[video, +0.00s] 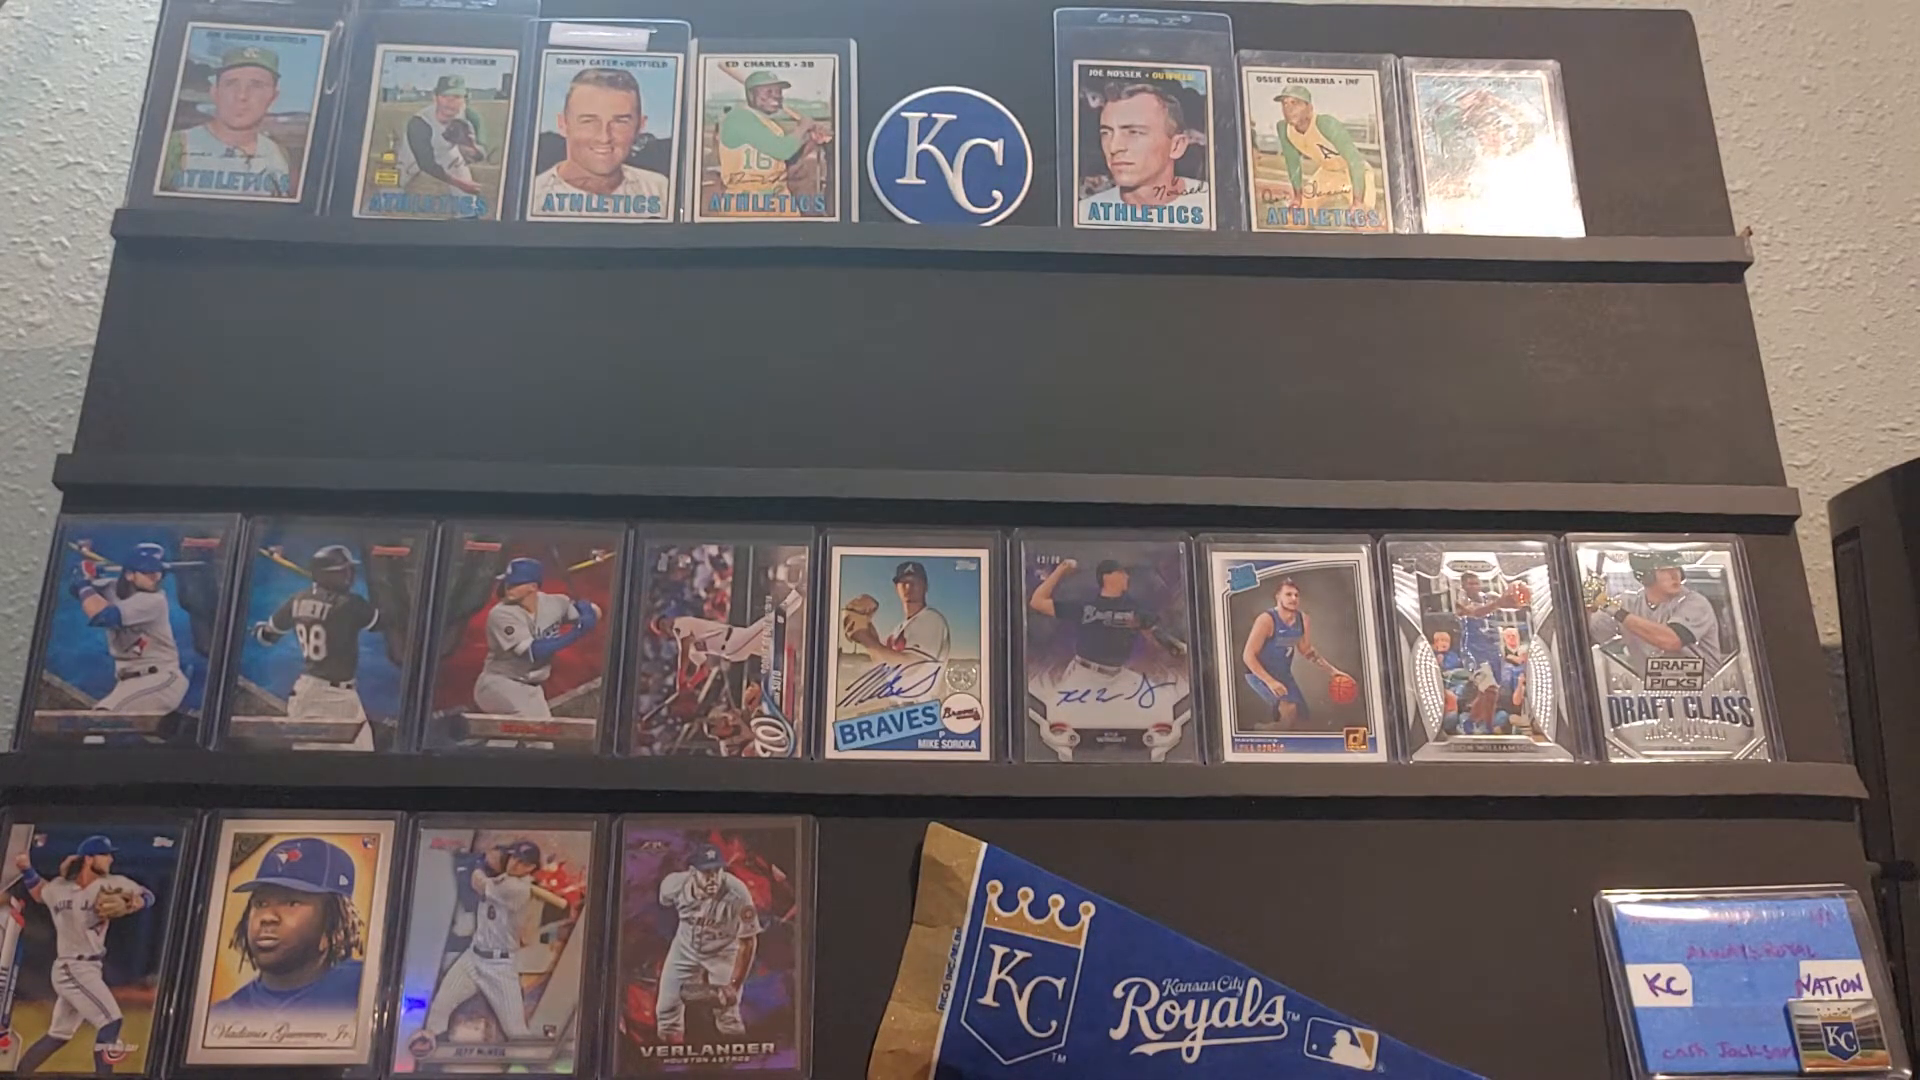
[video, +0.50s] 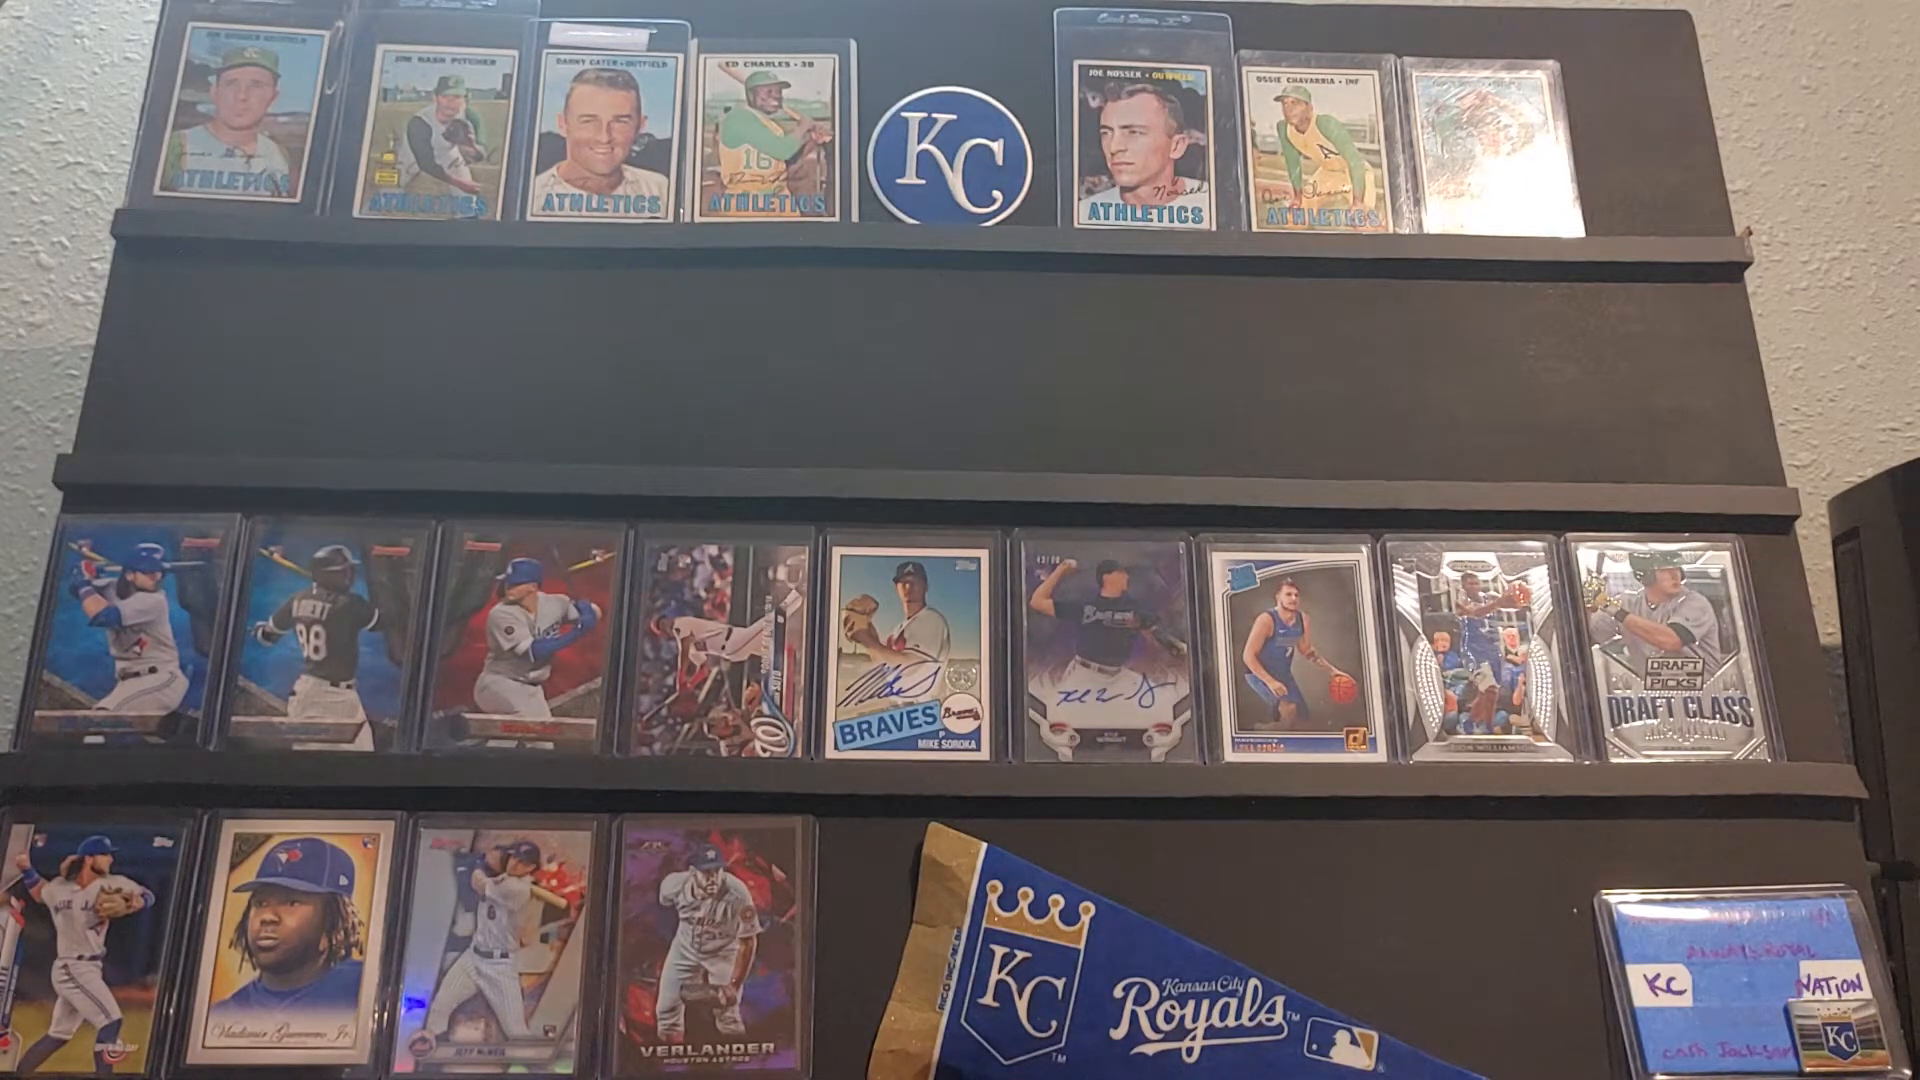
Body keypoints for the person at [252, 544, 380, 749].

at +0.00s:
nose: (351, 576)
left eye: (350, 570)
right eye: (347, 571)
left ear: (321, 575)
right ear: (336, 575)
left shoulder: (298, 600)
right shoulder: (351, 604)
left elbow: (268, 637)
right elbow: (386, 621)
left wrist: (259, 630)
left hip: (305, 694)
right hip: (340, 698)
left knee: (306, 766)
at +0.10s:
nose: (351, 576)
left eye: (351, 570)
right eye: (347, 571)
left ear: (320, 575)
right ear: (336, 575)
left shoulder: (298, 600)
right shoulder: (351, 605)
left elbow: (268, 637)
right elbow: (386, 621)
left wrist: (259, 630)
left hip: (305, 695)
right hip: (341, 699)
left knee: (305, 766)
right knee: (360, 767)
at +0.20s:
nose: (351, 576)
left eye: (351, 571)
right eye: (347, 571)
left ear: (320, 575)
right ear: (336, 575)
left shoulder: (298, 600)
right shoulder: (350, 605)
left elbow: (268, 637)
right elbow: (387, 620)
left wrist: (259, 630)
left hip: (305, 694)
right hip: (341, 698)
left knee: (305, 765)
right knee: (361, 767)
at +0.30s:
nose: (351, 576)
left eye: (351, 571)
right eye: (347, 571)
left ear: (320, 575)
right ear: (336, 575)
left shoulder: (298, 600)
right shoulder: (351, 605)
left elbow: (268, 637)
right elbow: (387, 620)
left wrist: (259, 630)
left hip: (305, 694)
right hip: (341, 698)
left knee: (305, 766)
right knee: (361, 767)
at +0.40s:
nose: (351, 576)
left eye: (351, 571)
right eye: (347, 571)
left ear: (320, 575)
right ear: (336, 575)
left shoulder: (298, 600)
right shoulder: (351, 605)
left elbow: (268, 637)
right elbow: (387, 620)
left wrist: (259, 630)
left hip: (305, 694)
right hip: (341, 698)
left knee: (305, 766)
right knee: (361, 767)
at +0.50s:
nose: (351, 576)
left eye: (351, 571)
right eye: (347, 571)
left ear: (320, 575)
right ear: (336, 575)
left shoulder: (298, 600)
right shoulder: (351, 605)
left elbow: (268, 637)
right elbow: (387, 620)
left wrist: (259, 630)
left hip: (305, 694)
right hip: (341, 698)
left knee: (305, 765)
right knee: (361, 767)